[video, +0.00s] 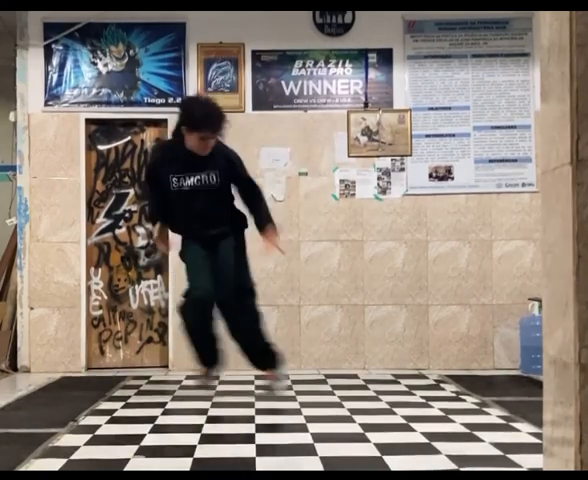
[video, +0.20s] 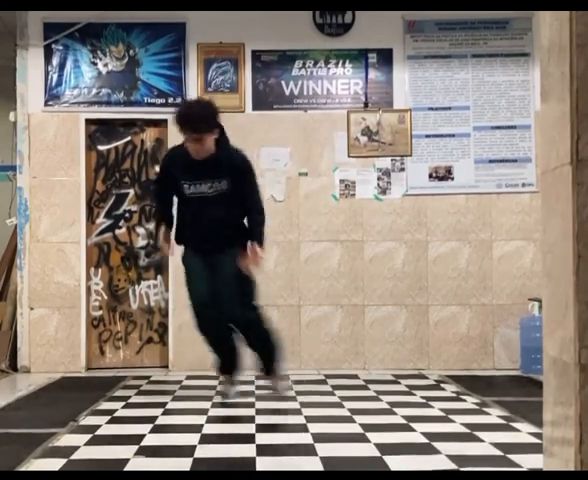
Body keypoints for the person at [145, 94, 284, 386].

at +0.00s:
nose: (209, 145)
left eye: (213, 138)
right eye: (203, 139)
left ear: (218, 132)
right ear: (185, 132)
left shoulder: (223, 156)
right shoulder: (163, 157)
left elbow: (247, 188)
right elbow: (155, 191)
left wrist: (265, 222)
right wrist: (161, 223)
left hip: (227, 234)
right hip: (193, 238)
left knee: (235, 297)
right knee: (200, 297)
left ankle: (267, 363)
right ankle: (209, 361)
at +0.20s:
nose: (196, 146)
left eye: (201, 140)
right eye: (190, 140)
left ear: (215, 133)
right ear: (183, 136)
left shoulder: (234, 161)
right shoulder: (174, 161)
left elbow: (253, 204)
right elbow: (163, 194)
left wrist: (255, 238)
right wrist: (165, 226)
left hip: (232, 248)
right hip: (195, 250)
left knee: (237, 308)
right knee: (205, 312)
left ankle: (270, 361)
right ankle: (228, 363)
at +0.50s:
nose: (205, 149)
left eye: (209, 142)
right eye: (198, 143)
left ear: (217, 138)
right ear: (184, 140)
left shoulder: (234, 162)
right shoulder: (179, 173)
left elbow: (272, 186)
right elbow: (167, 213)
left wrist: (290, 211)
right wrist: (154, 242)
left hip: (238, 245)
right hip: (201, 251)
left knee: (218, 295)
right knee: (172, 312)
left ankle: (222, 361)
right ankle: (152, 372)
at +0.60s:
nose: (236, 156)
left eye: (239, 150)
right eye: (230, 150)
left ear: (242, 146)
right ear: (212, 144)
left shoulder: (248, 174)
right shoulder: (191, 164)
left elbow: (285, 194)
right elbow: (159, 169)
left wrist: (329, 203)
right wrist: (138, 179)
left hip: (244, 260)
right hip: (210, 261)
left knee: (249, 313)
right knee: (193, 317)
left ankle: (305, 373)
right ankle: (198, 370)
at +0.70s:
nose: (245, 170)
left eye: (249, 163)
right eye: (240, 164)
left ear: (252, 160)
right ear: (221, 159)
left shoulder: (260, 191)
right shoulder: (200, 173)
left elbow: (297, 206)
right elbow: (167, 144)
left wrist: (338, 210)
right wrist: (131, 130)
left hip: (261, 275)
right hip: (226, 275)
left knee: (287, 336)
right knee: (208, 334)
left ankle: (333, 386)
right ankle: (220, 378)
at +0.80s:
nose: (241, 167)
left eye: (245, 160)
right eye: (235, 160)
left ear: (251, 157)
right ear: (218, 155)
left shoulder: (255, 183)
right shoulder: (194, 171)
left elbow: (278, 227)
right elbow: (159, 164)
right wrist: (129, 171)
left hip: (264, 266)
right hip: (225, 269)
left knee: (296, 322)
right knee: (216, 327)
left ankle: (328, 384)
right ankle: (222, 381)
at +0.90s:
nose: (235, 163)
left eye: (240, 155)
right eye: (229, 156)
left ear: (246, 149)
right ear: (212, 150)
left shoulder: (250, 177)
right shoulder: (193, 168)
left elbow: (256, 227)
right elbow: (170, 196)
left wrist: (210, 241)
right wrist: (160, 220)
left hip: (257, 249)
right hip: (221, 249)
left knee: (278, 312)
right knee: (209, 320)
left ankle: (302, 337)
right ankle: (220, 379)